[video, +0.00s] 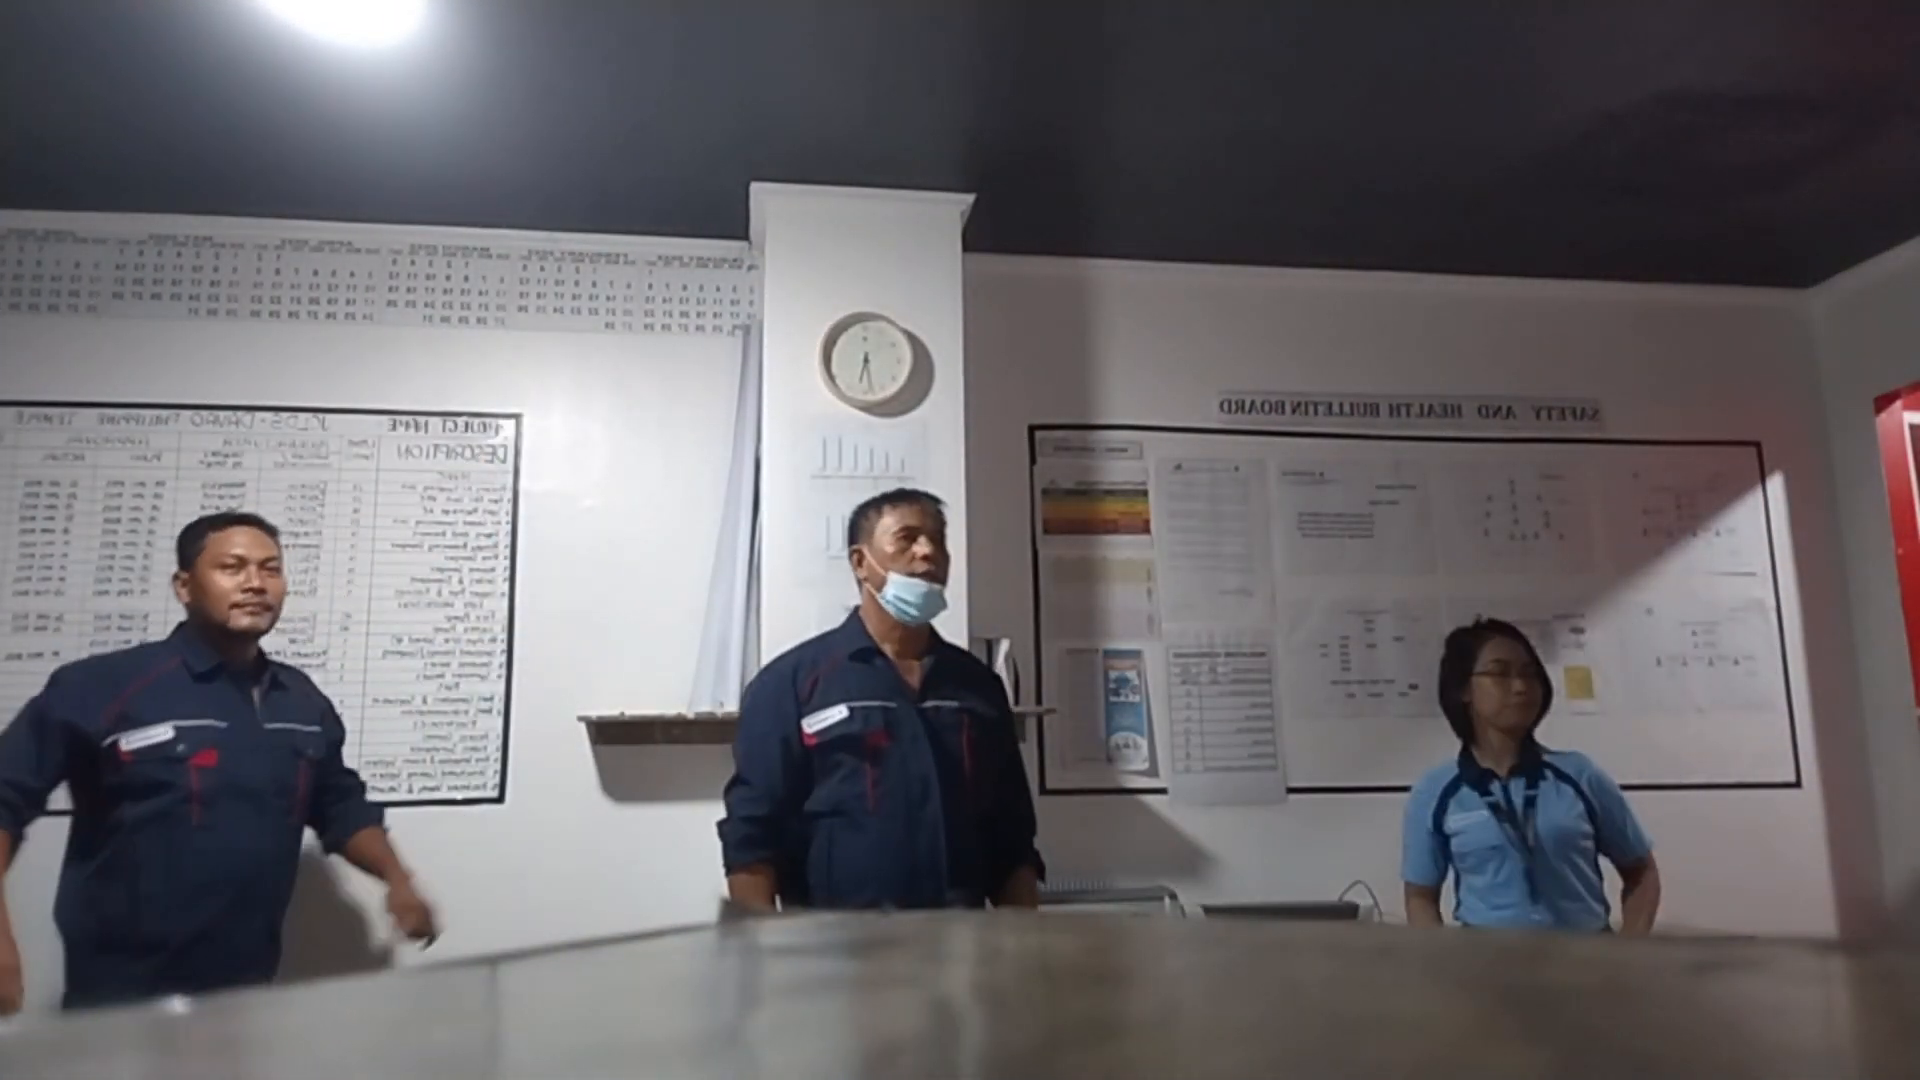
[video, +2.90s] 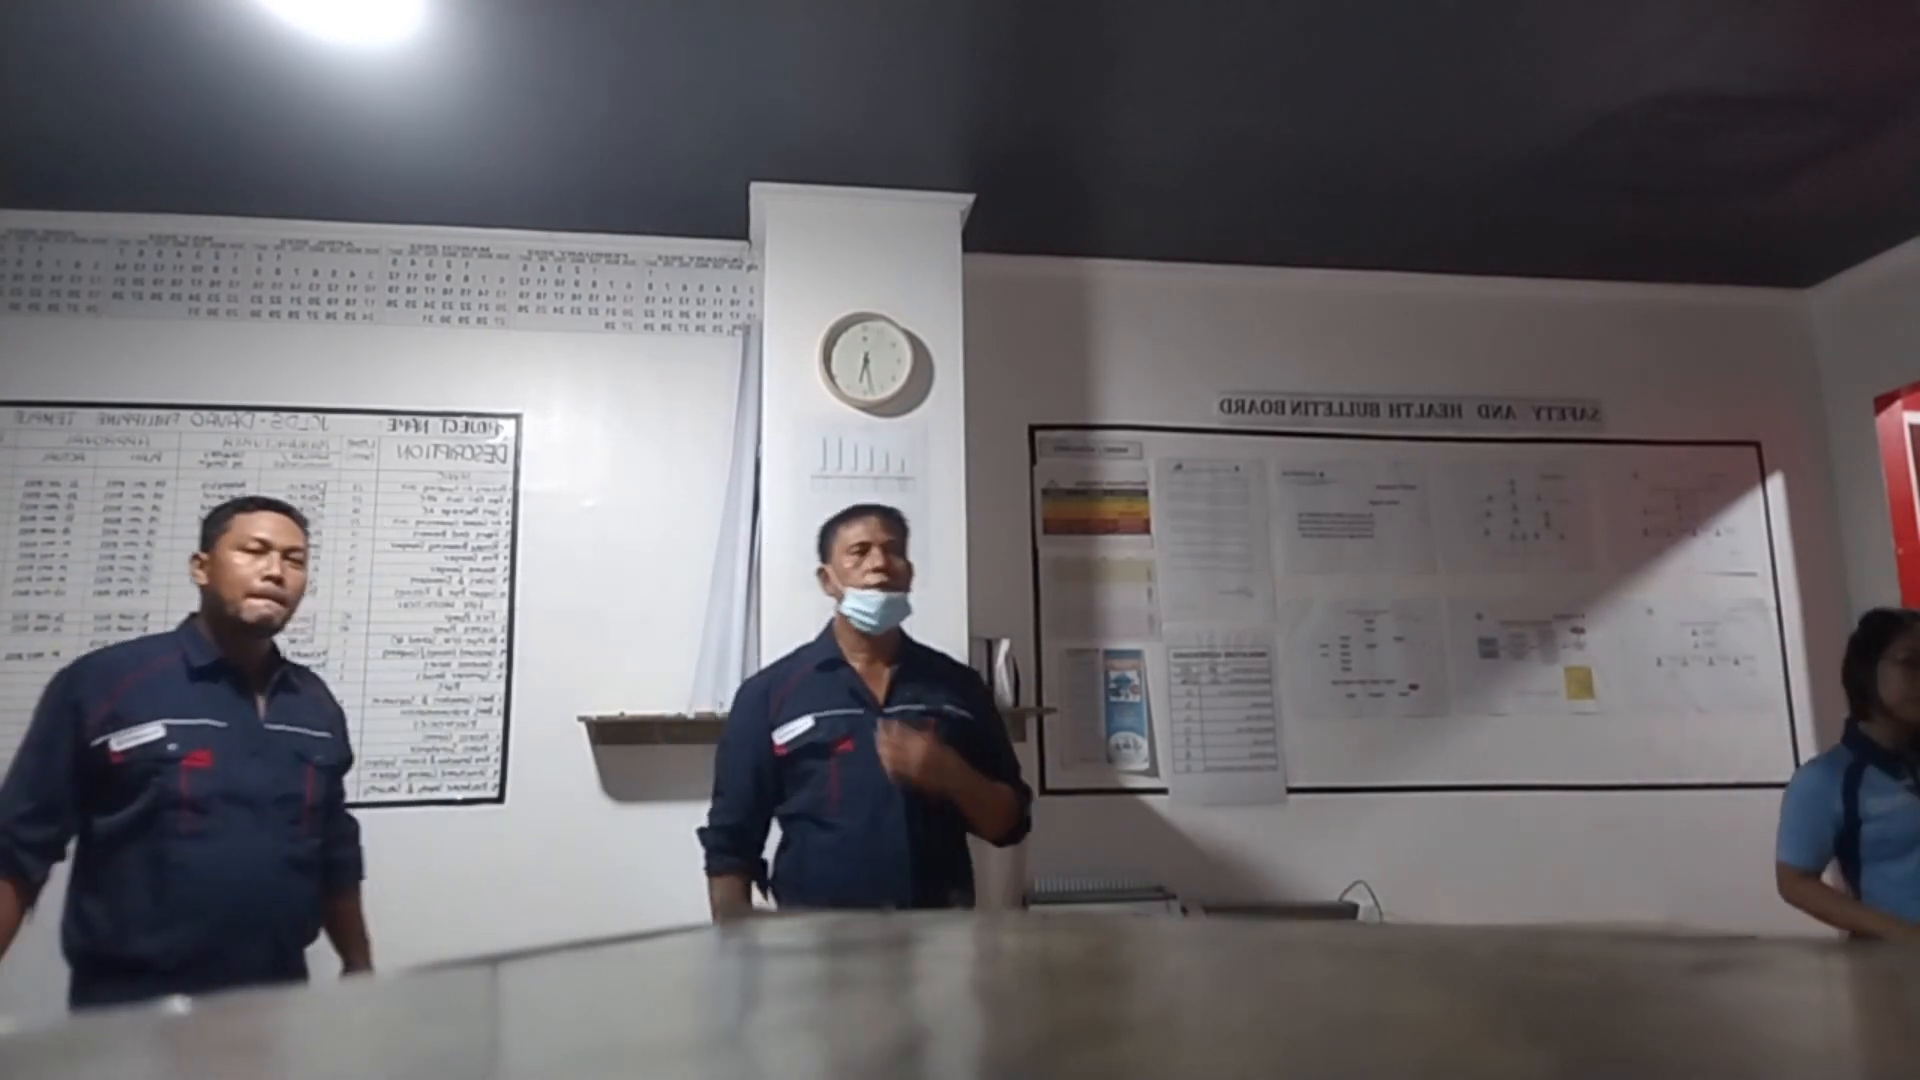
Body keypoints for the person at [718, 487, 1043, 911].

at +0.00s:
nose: (928, 551)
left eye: (937, 539)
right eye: (906, 538)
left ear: (949, 557)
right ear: (861, 563)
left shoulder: (980, 686)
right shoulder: (787, 687)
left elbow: (1013, 848)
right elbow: (749, 847)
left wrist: (1027, 959)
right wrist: (767, 967)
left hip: (963, 951)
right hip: (837, 956)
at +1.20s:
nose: (970, 570)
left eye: (991, 564)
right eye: (958, 554)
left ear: (1014, 595)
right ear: (932, 571)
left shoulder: (1038, 715)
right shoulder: (849, 679)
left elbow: (1057, 869)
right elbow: (796, 813)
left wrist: (1062, 970)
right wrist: (781, 934)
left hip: (980, 951)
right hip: (855, 945)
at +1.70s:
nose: (921, 570)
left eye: (938, 563)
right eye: (906, 554)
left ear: (951, 589)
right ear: (870, 572)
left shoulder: (978, 703)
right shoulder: (789, 683)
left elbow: (1007, 859)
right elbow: (737, 816)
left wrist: (1011, 962)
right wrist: (733, 934)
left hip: (942, 949)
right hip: (816, 946)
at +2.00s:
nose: (856, 561)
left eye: (869, 550)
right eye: (835, 550)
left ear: (882, 572)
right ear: (801, 575)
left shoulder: (927, 688)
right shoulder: (736, 694)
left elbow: (961, 836)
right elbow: (696, 843)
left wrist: (967, 947)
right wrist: (704, 966)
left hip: (908, 943)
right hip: (782, 944)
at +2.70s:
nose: (830, 564)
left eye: (841, 550)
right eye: (808, 555)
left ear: (860, 568)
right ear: (779, 586)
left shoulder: (924, 684)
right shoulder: (733, 706)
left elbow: (975, 810)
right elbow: (701, 863)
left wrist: (960, 917)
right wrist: (724, 977)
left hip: (910, 943)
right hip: (788, 949)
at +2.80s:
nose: (852, 562)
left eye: (864, 549)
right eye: (831, 553)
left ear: (884, 570)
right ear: (802, 583)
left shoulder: (943, 686)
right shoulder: (749, 702)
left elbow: (998, 809)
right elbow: (714, 858)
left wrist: (957, 843)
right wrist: (733, 977)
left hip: (924, 944)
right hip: (801, 948)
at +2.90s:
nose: (880, 564)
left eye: (892, 552)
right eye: (859, 552)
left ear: (909, 575)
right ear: (828, 579)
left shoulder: (959, 688)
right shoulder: (768, 698)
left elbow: (1010, 824)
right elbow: (730, 852)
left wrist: (943, 771)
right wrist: (744, 973)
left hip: (938, 940)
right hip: (814, 943)